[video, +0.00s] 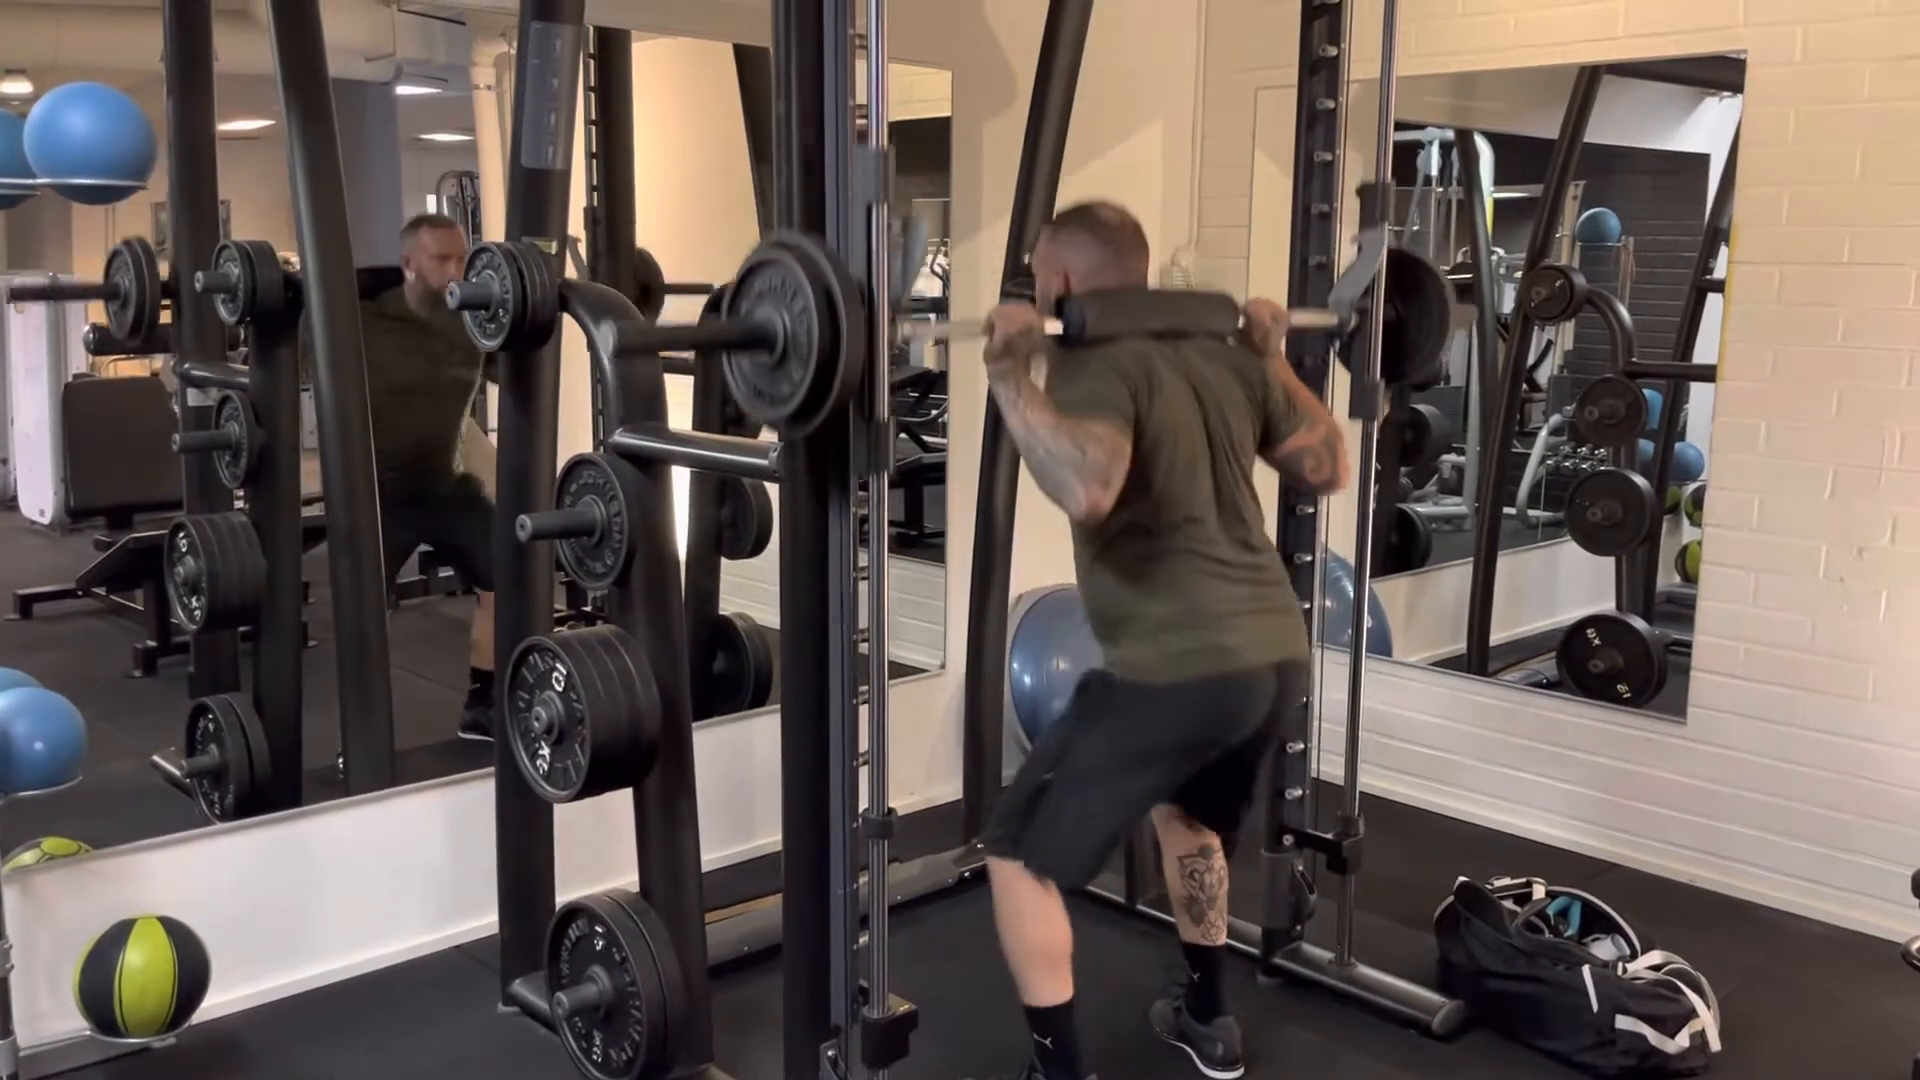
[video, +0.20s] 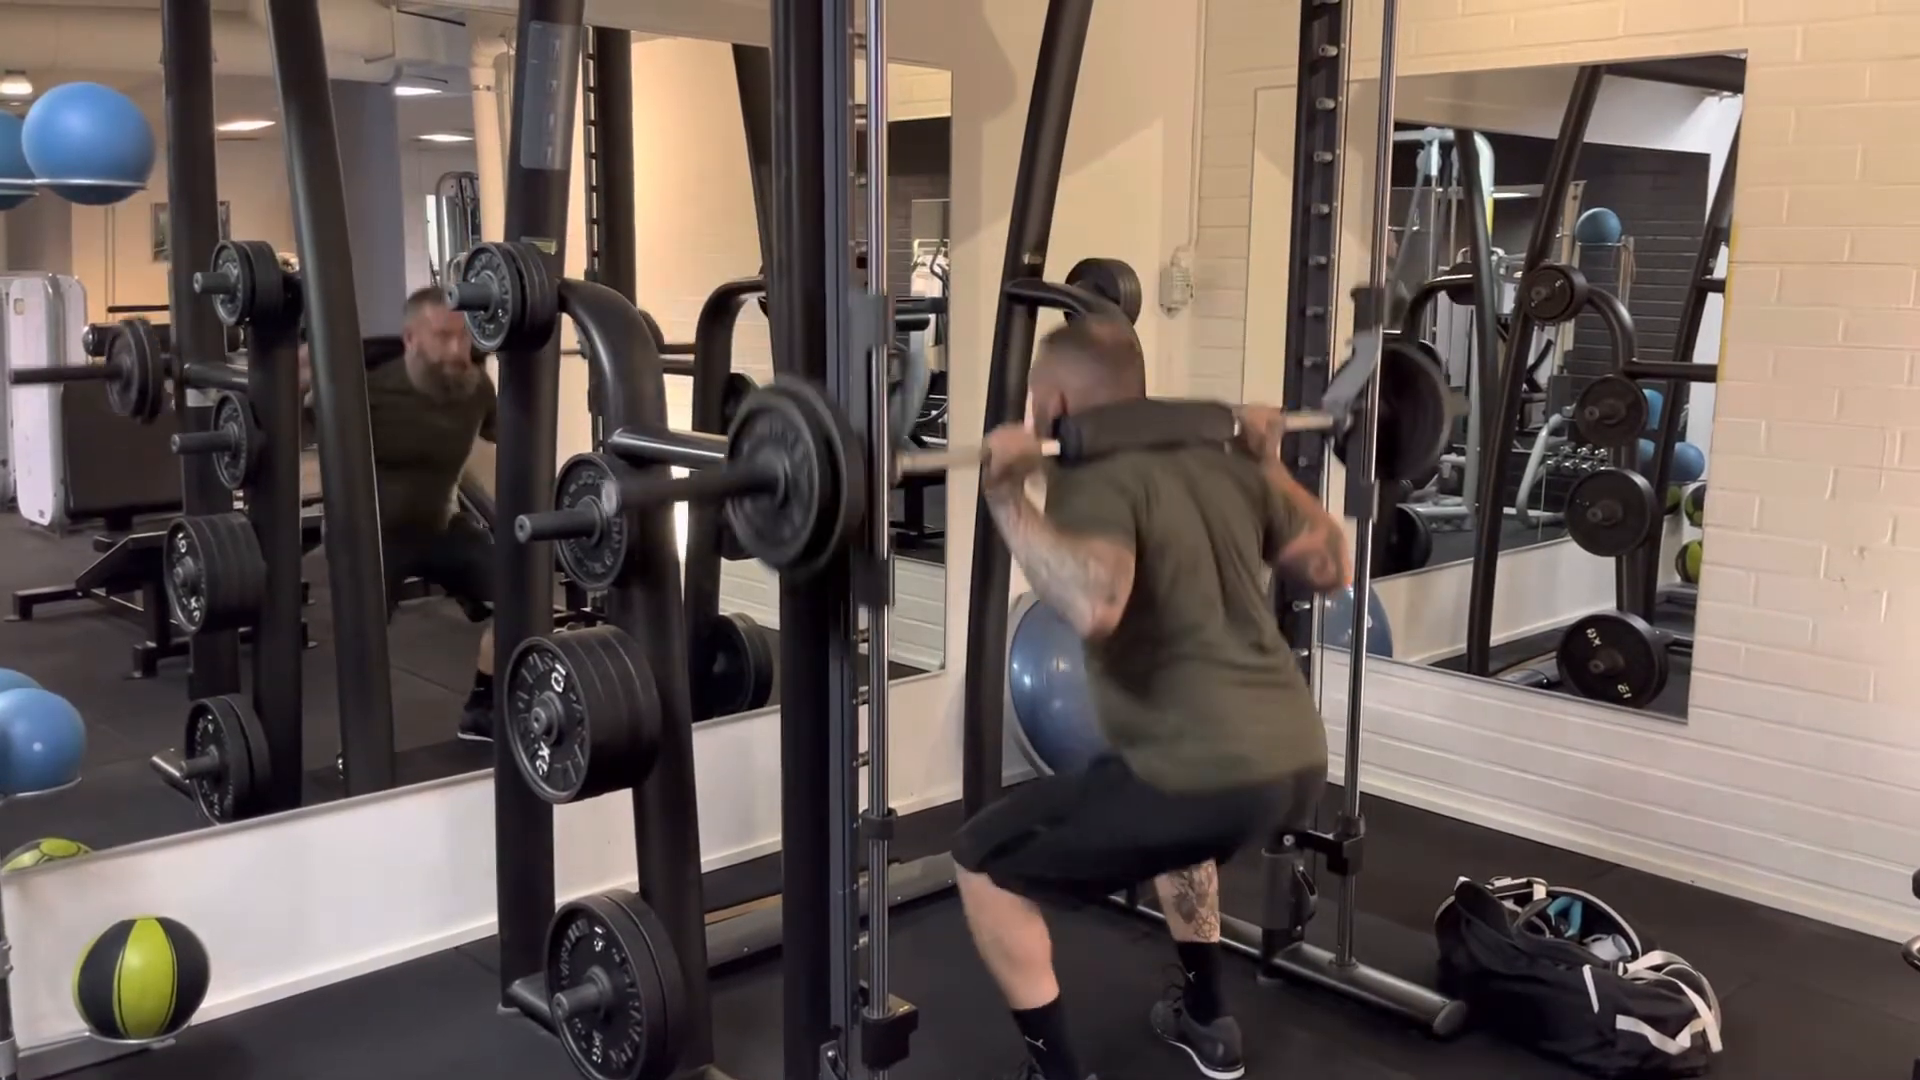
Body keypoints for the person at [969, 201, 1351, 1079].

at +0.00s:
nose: (1040, 300)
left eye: (1045, 284)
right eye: (1040, 284)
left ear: (1071, 280)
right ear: (1140, 271)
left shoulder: (1101, 361)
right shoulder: (1228, 351)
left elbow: (1087, 484)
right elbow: (1324, 464)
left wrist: (1011, 376)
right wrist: (1275, 356)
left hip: (1173, 674)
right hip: (1271, 664)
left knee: (1019, 850)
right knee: (1187, 810)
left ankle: (1058, 1067)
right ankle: (1210, 1022)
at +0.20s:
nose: (1036, 413)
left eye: (1038, 397)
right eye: (1035, 399)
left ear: (1059, 401)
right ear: (1133, 388)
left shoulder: (1099, 473)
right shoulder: (1227, 464)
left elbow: (1094, 603)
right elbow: (1331, 562)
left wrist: (1004, 493)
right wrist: (1270, 460)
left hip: (1194, 783)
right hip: (1292, 770)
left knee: (984, 858)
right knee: (1171, 818)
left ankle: (1057, 1065)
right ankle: (1209, 1019)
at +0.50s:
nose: (1033, 546)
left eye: (1033, 529)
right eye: (1032, 528)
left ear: (1056, 536)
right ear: (1132, 521)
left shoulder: (1098, 609)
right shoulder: (1223, 594)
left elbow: (1093, 750)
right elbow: (1331, 688)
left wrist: (1005, 638)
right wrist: (1266, 585)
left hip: (1205, 914)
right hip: (1302, 898)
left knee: (971, 863)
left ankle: (1053, 1067)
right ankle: (1205, 1022)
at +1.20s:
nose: (1035, 433)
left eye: (1037, 419)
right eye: (1034, 419)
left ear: (1057, 427)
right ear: (1136, 414)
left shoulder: (1094, 506)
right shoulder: (1224, 496)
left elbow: (1085, 636)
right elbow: (1325, 597)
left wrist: (1001, 525)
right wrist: (1265, 491)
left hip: (1200, 807)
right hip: (1300, 791)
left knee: (986, 862)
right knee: (1150, 811)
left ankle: (1051, 1066)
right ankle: (1203, 1022)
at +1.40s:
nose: (1037, 330)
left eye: (1041, 314)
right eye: (1039, 314)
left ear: (1064, 315)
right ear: (1138, 310)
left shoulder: (1090, 399)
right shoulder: (1218, 393)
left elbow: (1079, 533)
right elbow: (1320, 504)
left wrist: (1005, 426)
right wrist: (1267, 401)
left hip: (1170, 706)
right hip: (1265, 693)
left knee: (1002, 858)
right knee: (1172, 832)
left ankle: (1052, 1066)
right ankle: (1201, 1022)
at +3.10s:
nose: (1029, 473)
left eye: (1031, 460)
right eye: (1027, 460)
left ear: (1051, 468)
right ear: (1128, 452)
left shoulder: (1092, 540)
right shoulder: (1221, 529)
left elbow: (1089, 668)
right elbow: (1329, 631)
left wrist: (1003, 563)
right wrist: (1264, 526)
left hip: (1197, 845)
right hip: (1294, 829)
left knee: (973, 884)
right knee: (1135, 830)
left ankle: (1043, 1069)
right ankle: (1200, 1036)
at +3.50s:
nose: (1029, 611)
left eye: (1029, 596)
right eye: (1028, 596)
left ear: (1053, 601)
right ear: (1127, 586)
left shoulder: (1092, 679)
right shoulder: (1219, 657)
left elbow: (1085, 821)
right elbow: (1319, 761)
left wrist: (998, 705)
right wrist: (1258, 652)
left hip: (1202, 990)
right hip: (1295, 966)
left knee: (961, 886)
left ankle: (1041, 1069)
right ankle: (1200, 1053)